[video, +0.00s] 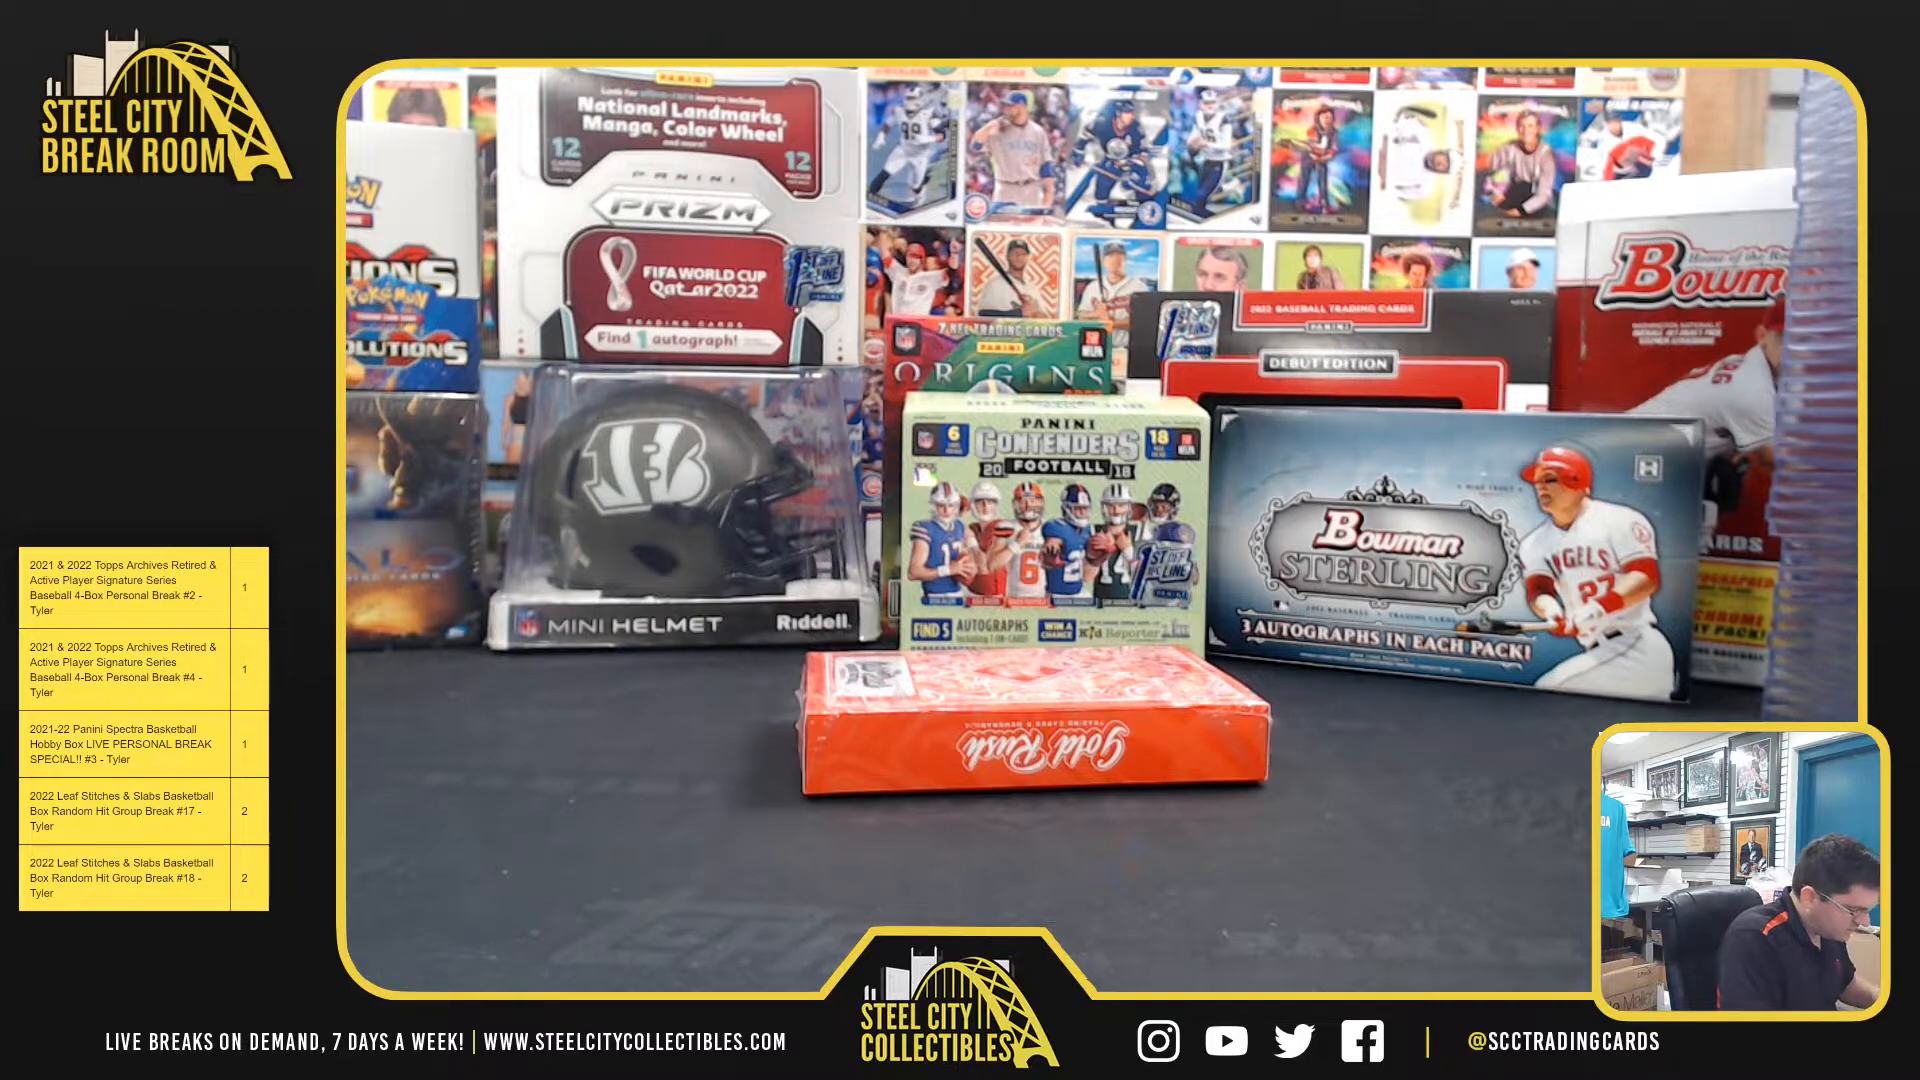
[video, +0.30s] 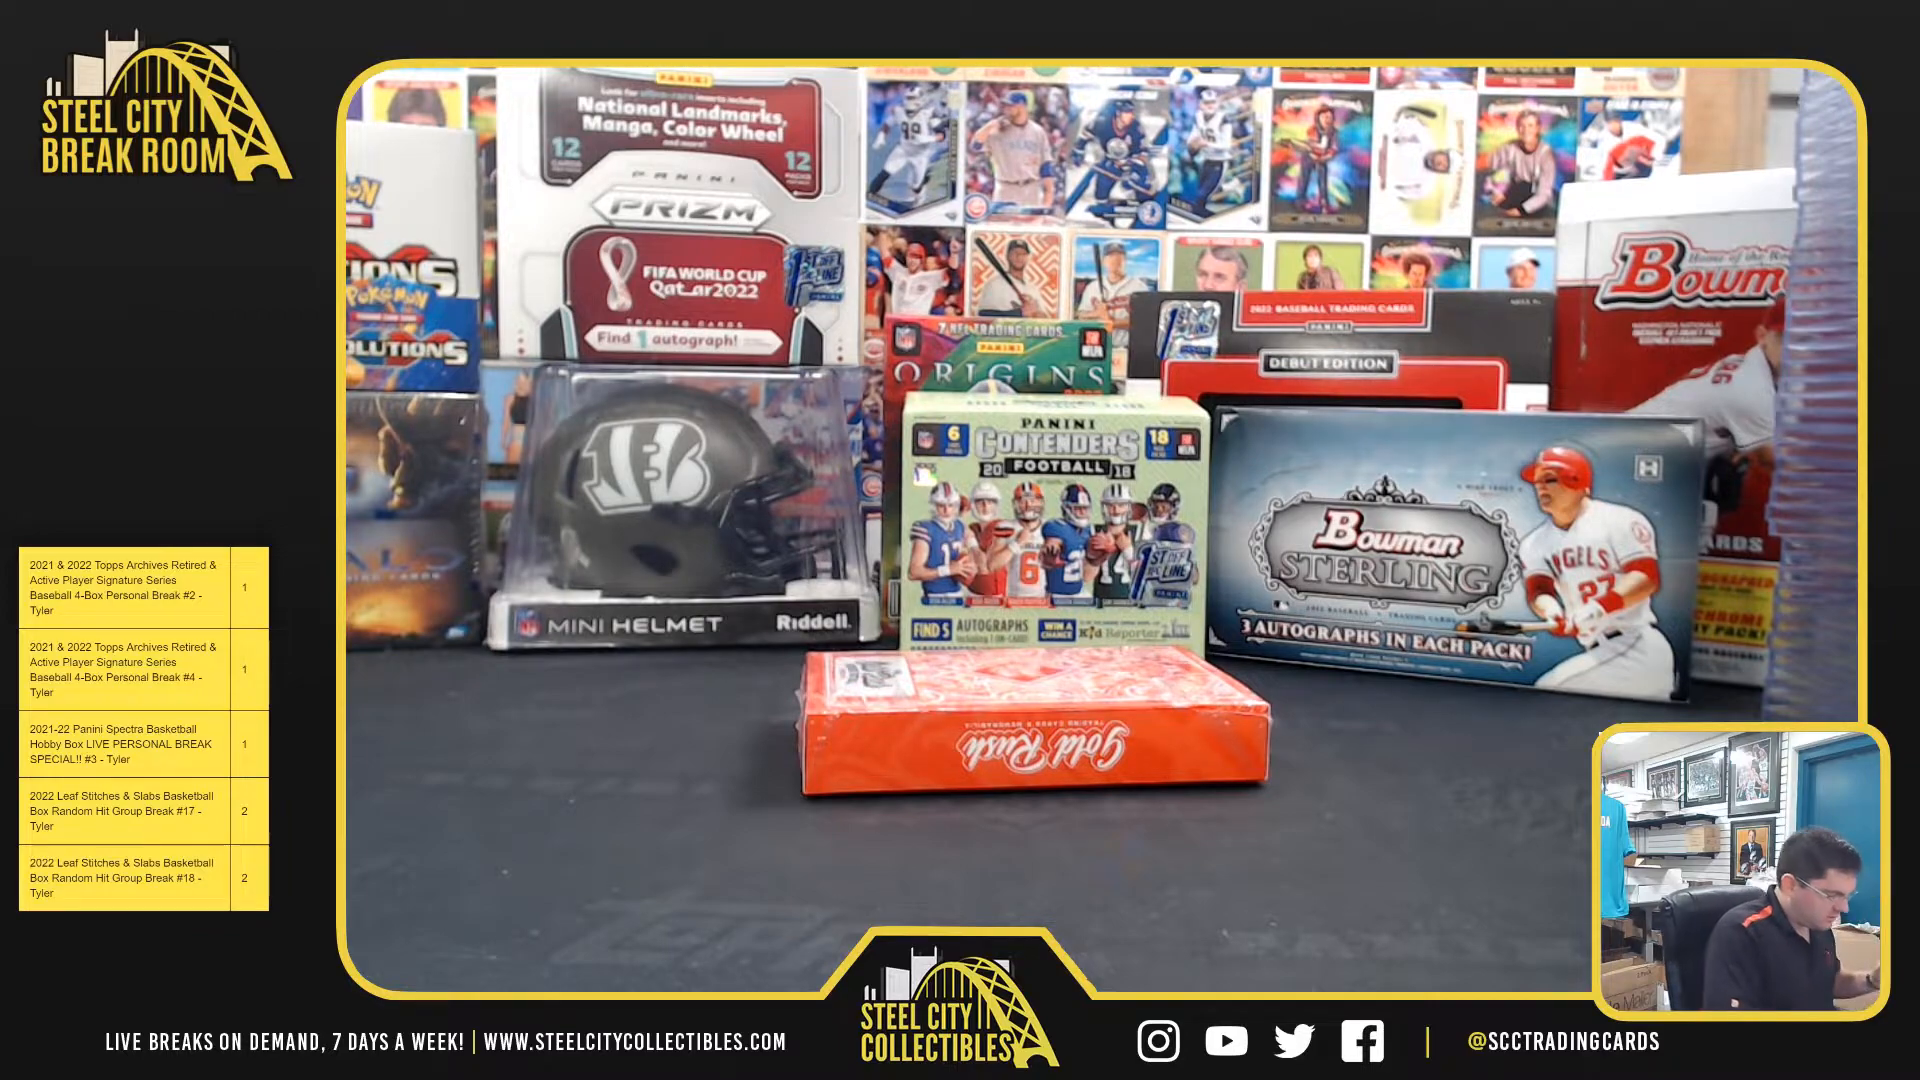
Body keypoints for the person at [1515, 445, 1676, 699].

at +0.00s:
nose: (1540, 490)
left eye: (1549, 480)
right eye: (1537, 483)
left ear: (1578, 484)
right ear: (1533, 488)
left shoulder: (1624, 521)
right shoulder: (1534, 545)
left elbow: (1646, 577)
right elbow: (1538, 591)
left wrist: (1599, 608)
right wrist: (1553, 613)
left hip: (1638, 649)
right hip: (1599, 652)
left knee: (1546, 692)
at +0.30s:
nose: (1540, 490)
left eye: (1550, 481)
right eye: (1537, 483)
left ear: (1578, 484)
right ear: (1533, 488)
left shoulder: (1624, 521)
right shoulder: (1534, 545)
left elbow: (1646, 577)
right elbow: (1539, 591)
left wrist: (1599, 608)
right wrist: (1554, 614)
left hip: (1638, 648)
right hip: (1599, 652)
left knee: (1546, 693)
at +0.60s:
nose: (1540, 490)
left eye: (1549, 481)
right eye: (1537, 484)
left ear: (1578, 484)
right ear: (1533, 488)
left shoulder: (1625, 521)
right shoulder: (1534, 545)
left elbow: (1646, 577)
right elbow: (1539, 591)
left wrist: (1599, 608)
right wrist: (1554, 614)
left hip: (1638, 649)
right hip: (1599, 652)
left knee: (1546, 692)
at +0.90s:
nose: (1540, 490)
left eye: (1549, 481)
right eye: (1537, 483)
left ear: (1578, 484)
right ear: (1533, 487)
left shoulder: (1624, 521)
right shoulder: (1534, 545)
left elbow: (1646, 577)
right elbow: (1538, 591)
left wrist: (1599, 608)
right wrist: (1553, 613)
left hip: (1638, 648)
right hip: (1599, 652)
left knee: (1546, 692)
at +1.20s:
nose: (1540, 489)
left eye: (1550, 480)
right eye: (1537, 483)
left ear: (1578, 485)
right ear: (1533, 487)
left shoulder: (1624, 521)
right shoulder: (1534, 545)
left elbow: (1646, 577)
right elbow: (1539, 591)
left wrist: (1599, 608)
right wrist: (1554, 614)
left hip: (1638, 649)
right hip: (1598, 652)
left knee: (1545, 693)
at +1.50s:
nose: (1540, 489)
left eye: (1550, 480)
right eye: (1537, 482)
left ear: (1578, 485)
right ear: (1533, 487)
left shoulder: (1624, 521)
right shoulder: (1534, 545)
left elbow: (1646, 577)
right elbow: (1538, 591)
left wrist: (1599, 608)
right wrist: (1553, 614)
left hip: (1638, 649)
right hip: (1598, 652)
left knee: (1545, 693)